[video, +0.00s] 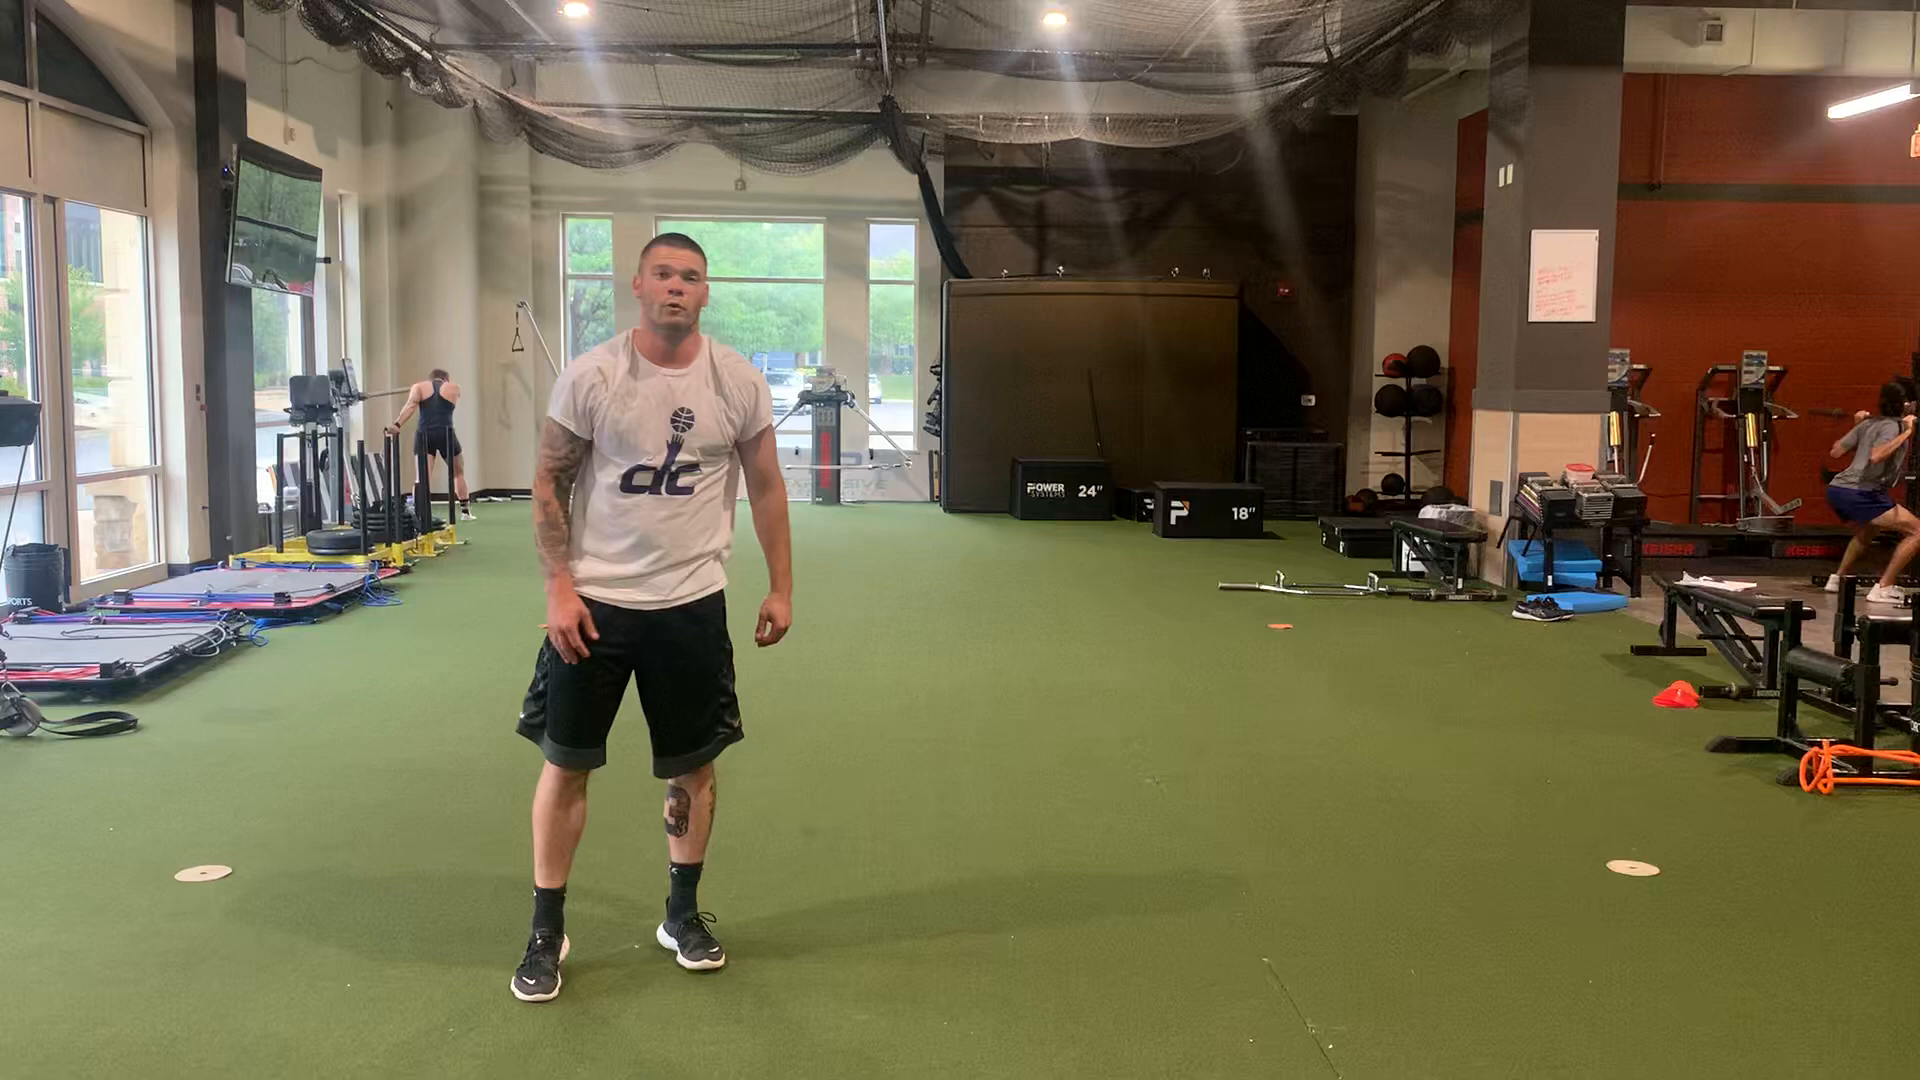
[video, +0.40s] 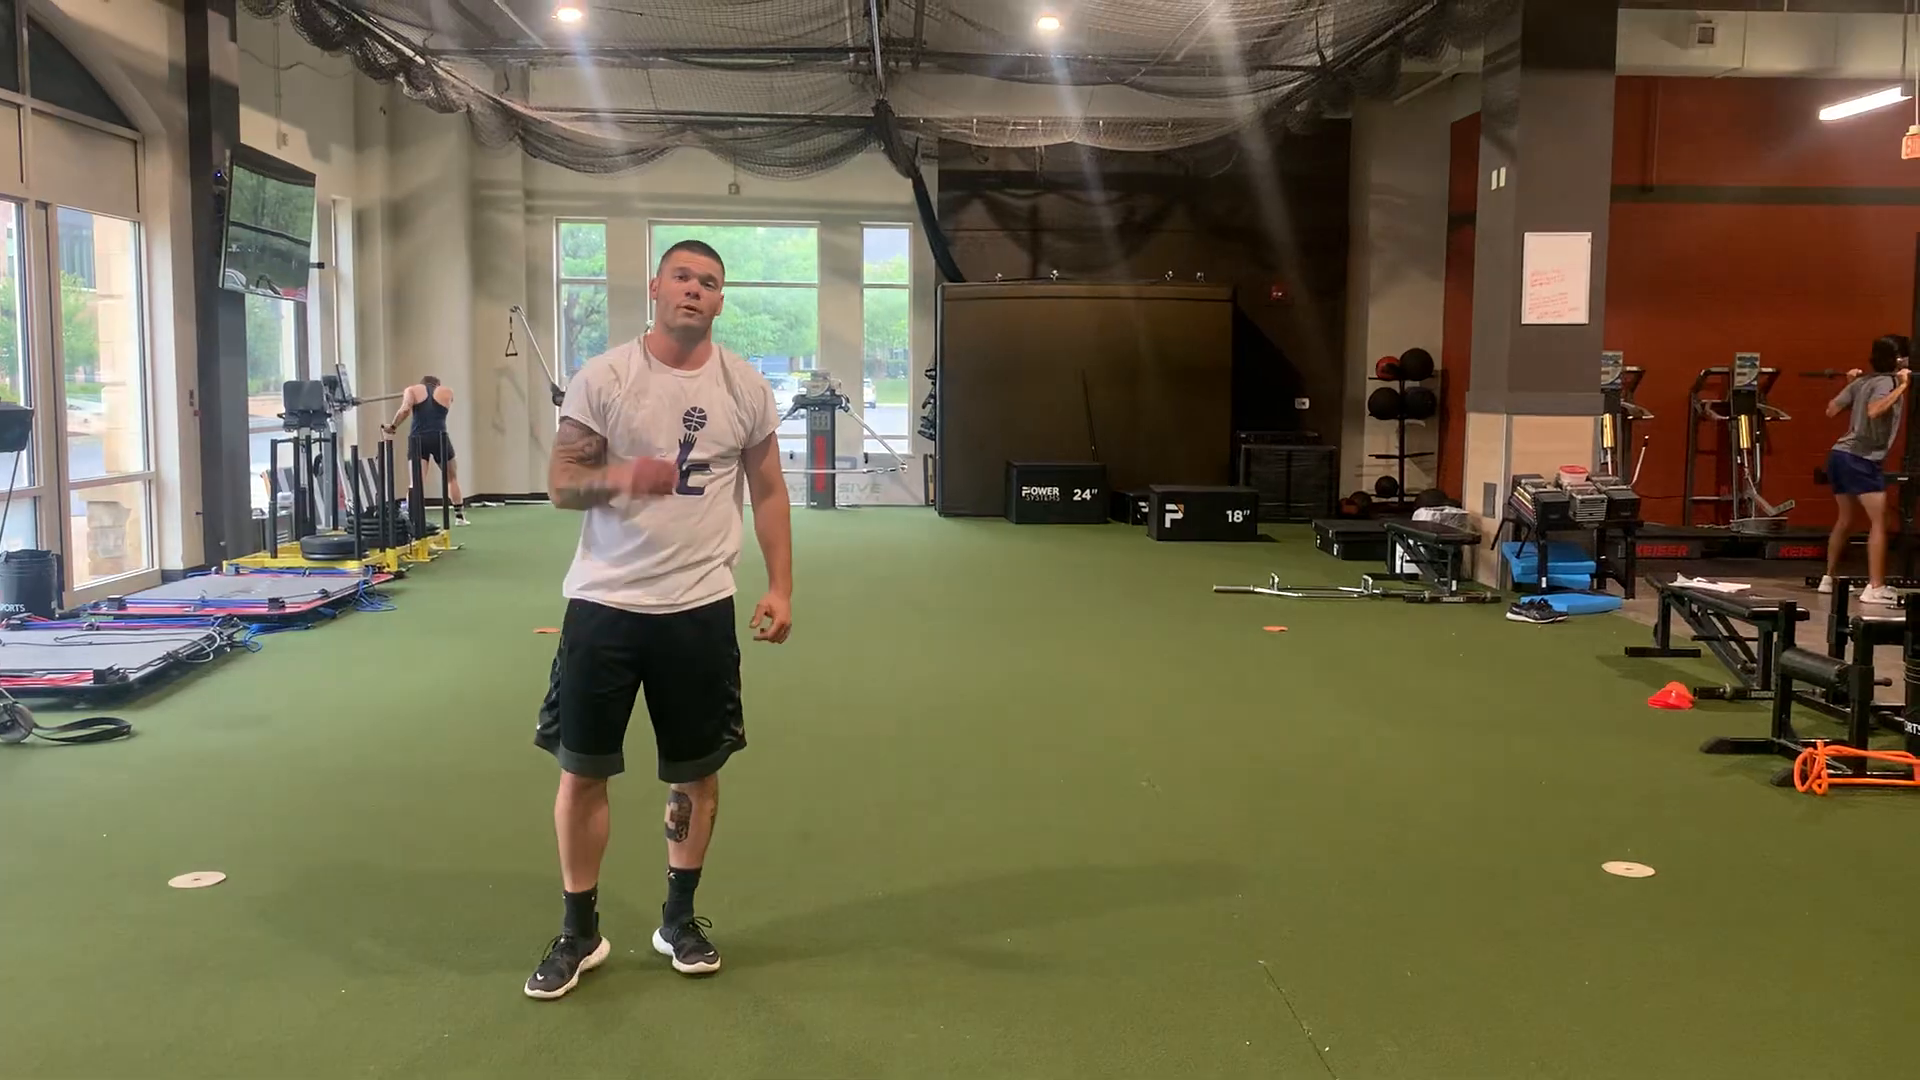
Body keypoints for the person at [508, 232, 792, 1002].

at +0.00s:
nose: (676, 288)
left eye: (689, 278)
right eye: (663, 275)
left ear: (707, 294)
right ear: (635, 287)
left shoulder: (739, 382)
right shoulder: (588, 379)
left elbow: (767, 487)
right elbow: (549, 487)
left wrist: (781, 586)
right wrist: (559, 587)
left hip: (692, 606)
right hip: (595, 605)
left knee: (692, 764)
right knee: (566, 766)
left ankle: (683, 913)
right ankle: (545, 930)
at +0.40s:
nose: (695, 291)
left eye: (709, 284)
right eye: (683, 277)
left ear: (722, 304)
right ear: (654, 288)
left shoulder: (746, 389)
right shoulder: (601, 377)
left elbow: (769, 491)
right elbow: (561, 484)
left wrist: (780, 586)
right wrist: (620, 477)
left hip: (700, 607)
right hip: (604, 605)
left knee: (694, 770)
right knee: (581, 770)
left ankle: (679, 917)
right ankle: (578, 931)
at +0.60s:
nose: (677, 291)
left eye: (690, 283)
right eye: (665, 277)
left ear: (705, 300)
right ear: (636, 287)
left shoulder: (728, 383)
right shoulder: (589, 371)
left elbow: (760, 492)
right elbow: (553, 463)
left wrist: (775, 592)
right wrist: (614, 396)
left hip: (692, 608)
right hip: (597, 605)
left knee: (688, 771)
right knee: (572, 771)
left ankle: (674, 919)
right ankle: (567, 929)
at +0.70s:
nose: (660, 303)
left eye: (674, 292)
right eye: (647, 289)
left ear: (691, 300)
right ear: (622, 293)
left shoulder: (720, 382)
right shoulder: (582, 369)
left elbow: (757, 490)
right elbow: (554, 446)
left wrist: (776, 591)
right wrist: (623, 373)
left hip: (686, 611)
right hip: (588, 608)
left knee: (684, 774)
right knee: (560, 774)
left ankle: (673, 921)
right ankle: (556, 927)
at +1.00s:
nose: (624, 317)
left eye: (636, 305)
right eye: (610, 302)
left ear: (651, 305)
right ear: (580, 299)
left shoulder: (688, 382)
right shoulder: (548, 375)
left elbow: (727, 484)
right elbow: (534, 455)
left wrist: (759, 580)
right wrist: (602, 378)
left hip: (667, 617)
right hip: (569, 618)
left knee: (674, 781)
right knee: (554, 789)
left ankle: (670, 926)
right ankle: (551, 951)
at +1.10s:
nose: (606, 314)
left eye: (618, 301)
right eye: (591, 300)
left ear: (636, 303)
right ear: (563, 301)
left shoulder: (673, 380)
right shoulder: (531, 380)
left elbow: (715, 482)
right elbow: (518, 466)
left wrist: (744, 580)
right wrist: (584, 382)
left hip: (658, 620)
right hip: (559, 623)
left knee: (666, 784)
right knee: (550, 796)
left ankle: (672, 926)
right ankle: (552, 954)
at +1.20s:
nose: (587, 308)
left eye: (599, 296)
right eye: (573, 295)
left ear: (617, 303)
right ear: (546, 300)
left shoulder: (660, 383)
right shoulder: (514, 386)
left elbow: (701, 486)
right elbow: (494, 488)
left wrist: (726, 583)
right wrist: (561, 411)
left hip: (647, 620)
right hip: (548, 625)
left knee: (664, 786)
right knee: (544, 798)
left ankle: (670, 927)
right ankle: (553, 954)